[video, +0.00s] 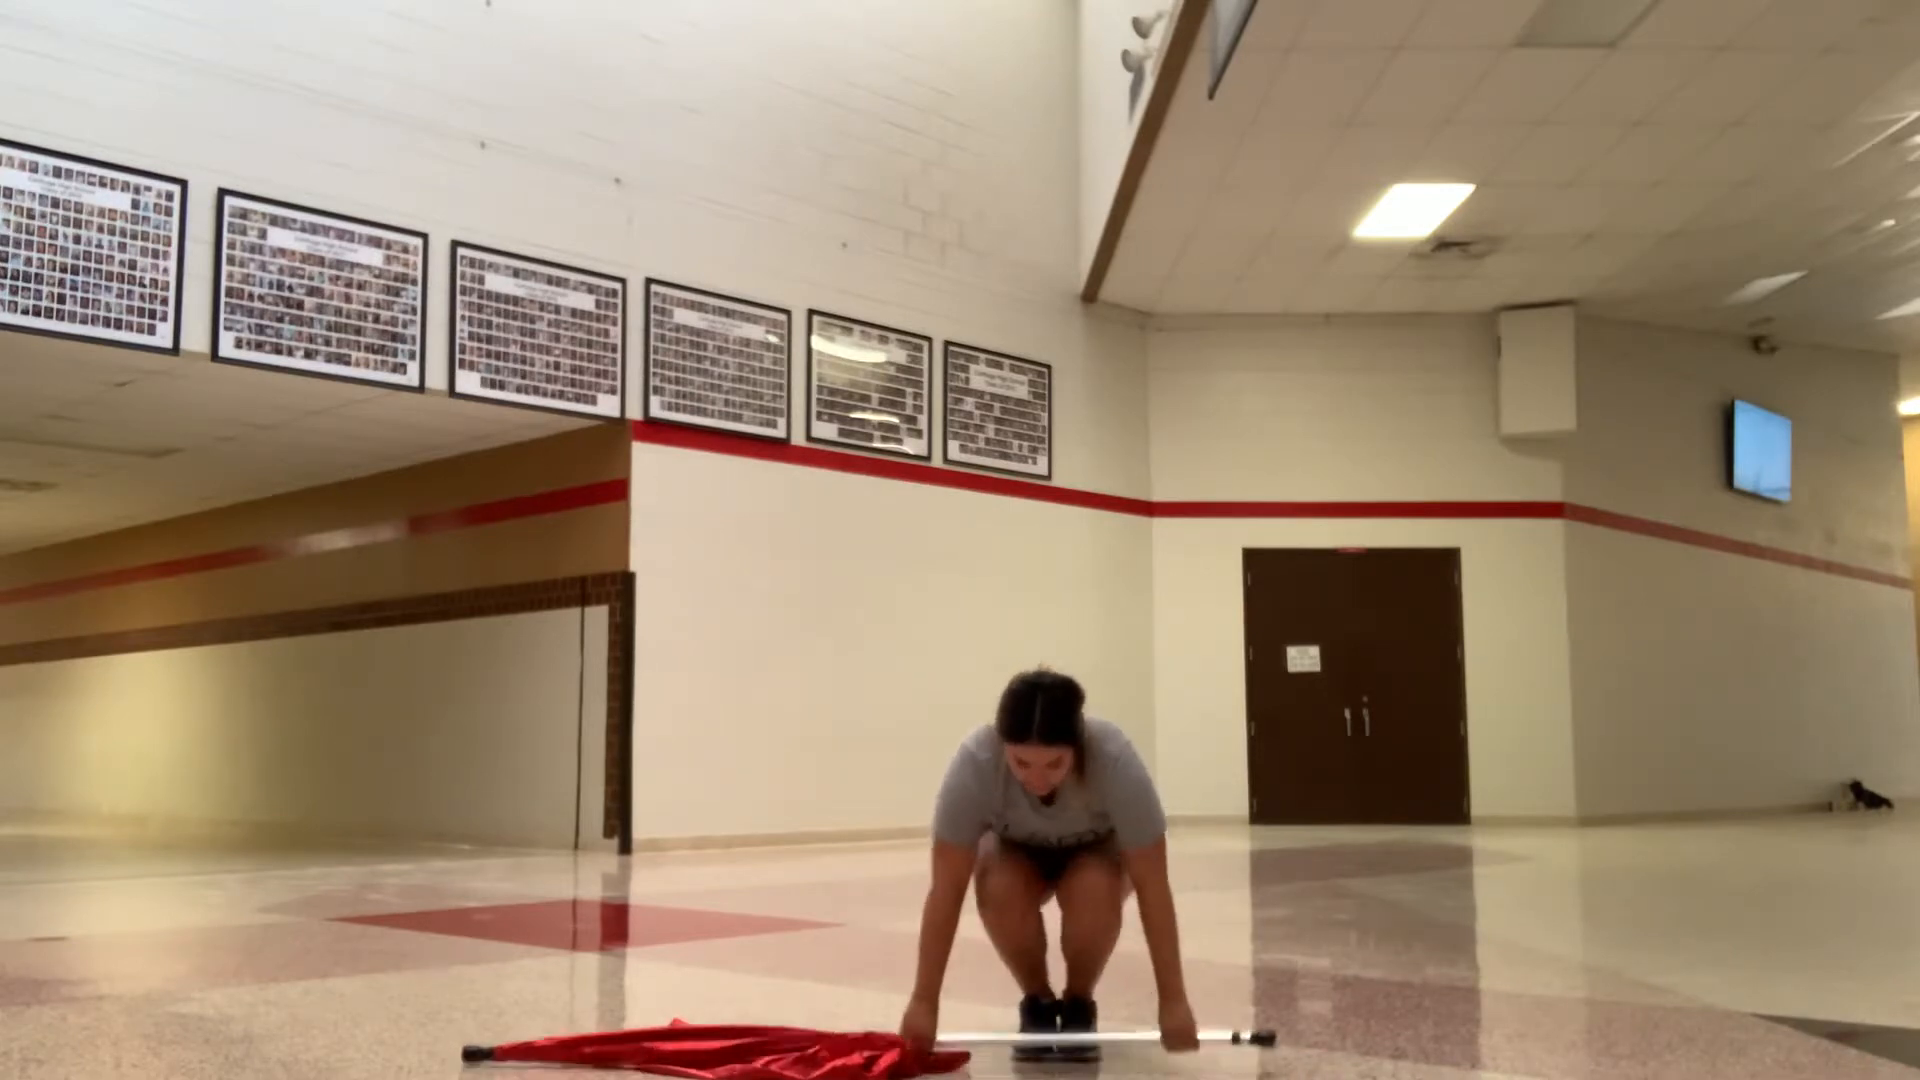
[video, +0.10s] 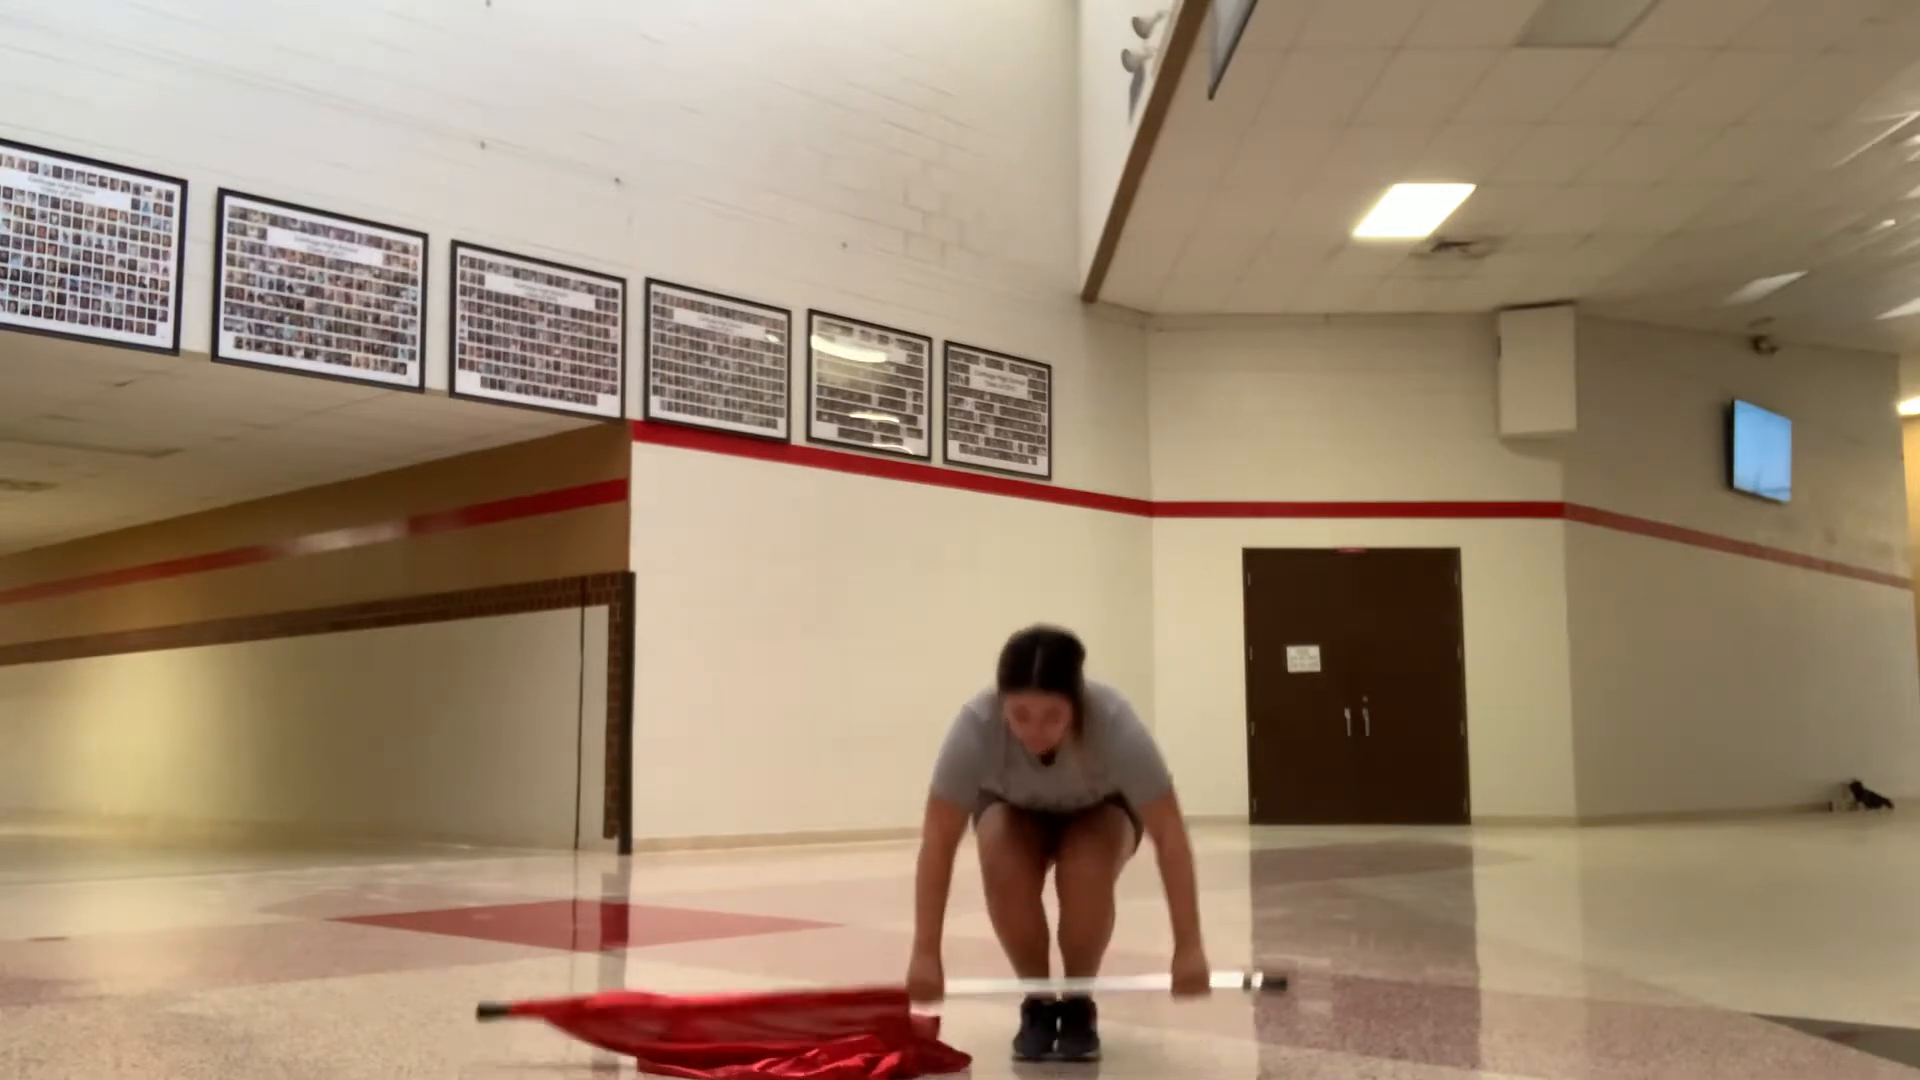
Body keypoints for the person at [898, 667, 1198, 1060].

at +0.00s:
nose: (1037, 779)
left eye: (1053, 765)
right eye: (1022, 765)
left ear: (1076, 746)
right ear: (1004, 746)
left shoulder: (1115, 761)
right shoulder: (975, 765)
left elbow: (1153, 887)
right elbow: (945, 891)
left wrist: (1173, 1001)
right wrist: (924, 1002)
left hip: (1094, 847)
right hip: (1018, 848)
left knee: (1093, 890)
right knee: (999, 888)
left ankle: (1079, 1004)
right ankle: (1037, 1002)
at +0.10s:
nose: (1035, 731)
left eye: (1051, 717)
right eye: (1021, 716)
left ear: (1075, 706)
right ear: (1004, 704)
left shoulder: (1114, 724)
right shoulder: (976, 727)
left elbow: (1170, 835)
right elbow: (938, 841)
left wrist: (1188, 947)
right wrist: (926, 955)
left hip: (1099, 804)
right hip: (1015, 804)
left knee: (1086, 867)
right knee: (1002, 860)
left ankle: (1078, 1006)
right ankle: (1038, 1006)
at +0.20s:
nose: (1034, 659)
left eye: (1050, 643)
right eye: (1021, 642)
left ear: (1075, 639)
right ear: (1005, 635)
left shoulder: (1113, 666)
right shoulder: (981, 666)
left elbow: (1204, 742)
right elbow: (913, 761)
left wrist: (1203, 849)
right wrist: (926, 865)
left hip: (1100, 763)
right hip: (1011, 765)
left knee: (1079, 869)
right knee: (1014, 876)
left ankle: (1078, 1007)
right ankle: (1039, 1006)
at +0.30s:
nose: (1039, 561)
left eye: (1053, 546)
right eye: (1026, 546)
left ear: (1077, 542)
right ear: (1008, 543)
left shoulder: (1113, 583)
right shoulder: (984, 589)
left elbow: (1226, 615)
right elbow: (895, 651)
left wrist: (1206, 704)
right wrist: (928, 733)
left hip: (1100, 720)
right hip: (1009, 722)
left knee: (1081, 850)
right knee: (1020, 859)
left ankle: (1080, 1006)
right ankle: (1039, 1007)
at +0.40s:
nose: (1041, 461)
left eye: (1055, 446)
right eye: (1028, 445)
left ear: (1080, 454)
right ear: (1010, 452)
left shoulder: (1117, 502)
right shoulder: (983, 506)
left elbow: (1226, 509)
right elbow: (892, 551)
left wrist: (1200, 600)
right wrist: (930, 621)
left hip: (1099, 675)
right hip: (1007, 678)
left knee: (1111, 831)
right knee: (1004, 835)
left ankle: (1109, 990)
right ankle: (1015, 993)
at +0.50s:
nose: (1048, 398)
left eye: (1062, 388)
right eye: (1035, 388)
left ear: (1084, 403)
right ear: (1015, 402)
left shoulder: (1118, 463)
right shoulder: (982, 465)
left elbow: (1220, 491)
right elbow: (908, 518)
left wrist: (1202, 580)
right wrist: (935, 592)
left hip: (1099, 662)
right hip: (1005, 662)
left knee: (1137, 821)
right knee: (985, 829)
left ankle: (1169, 982)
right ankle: (957, 986)